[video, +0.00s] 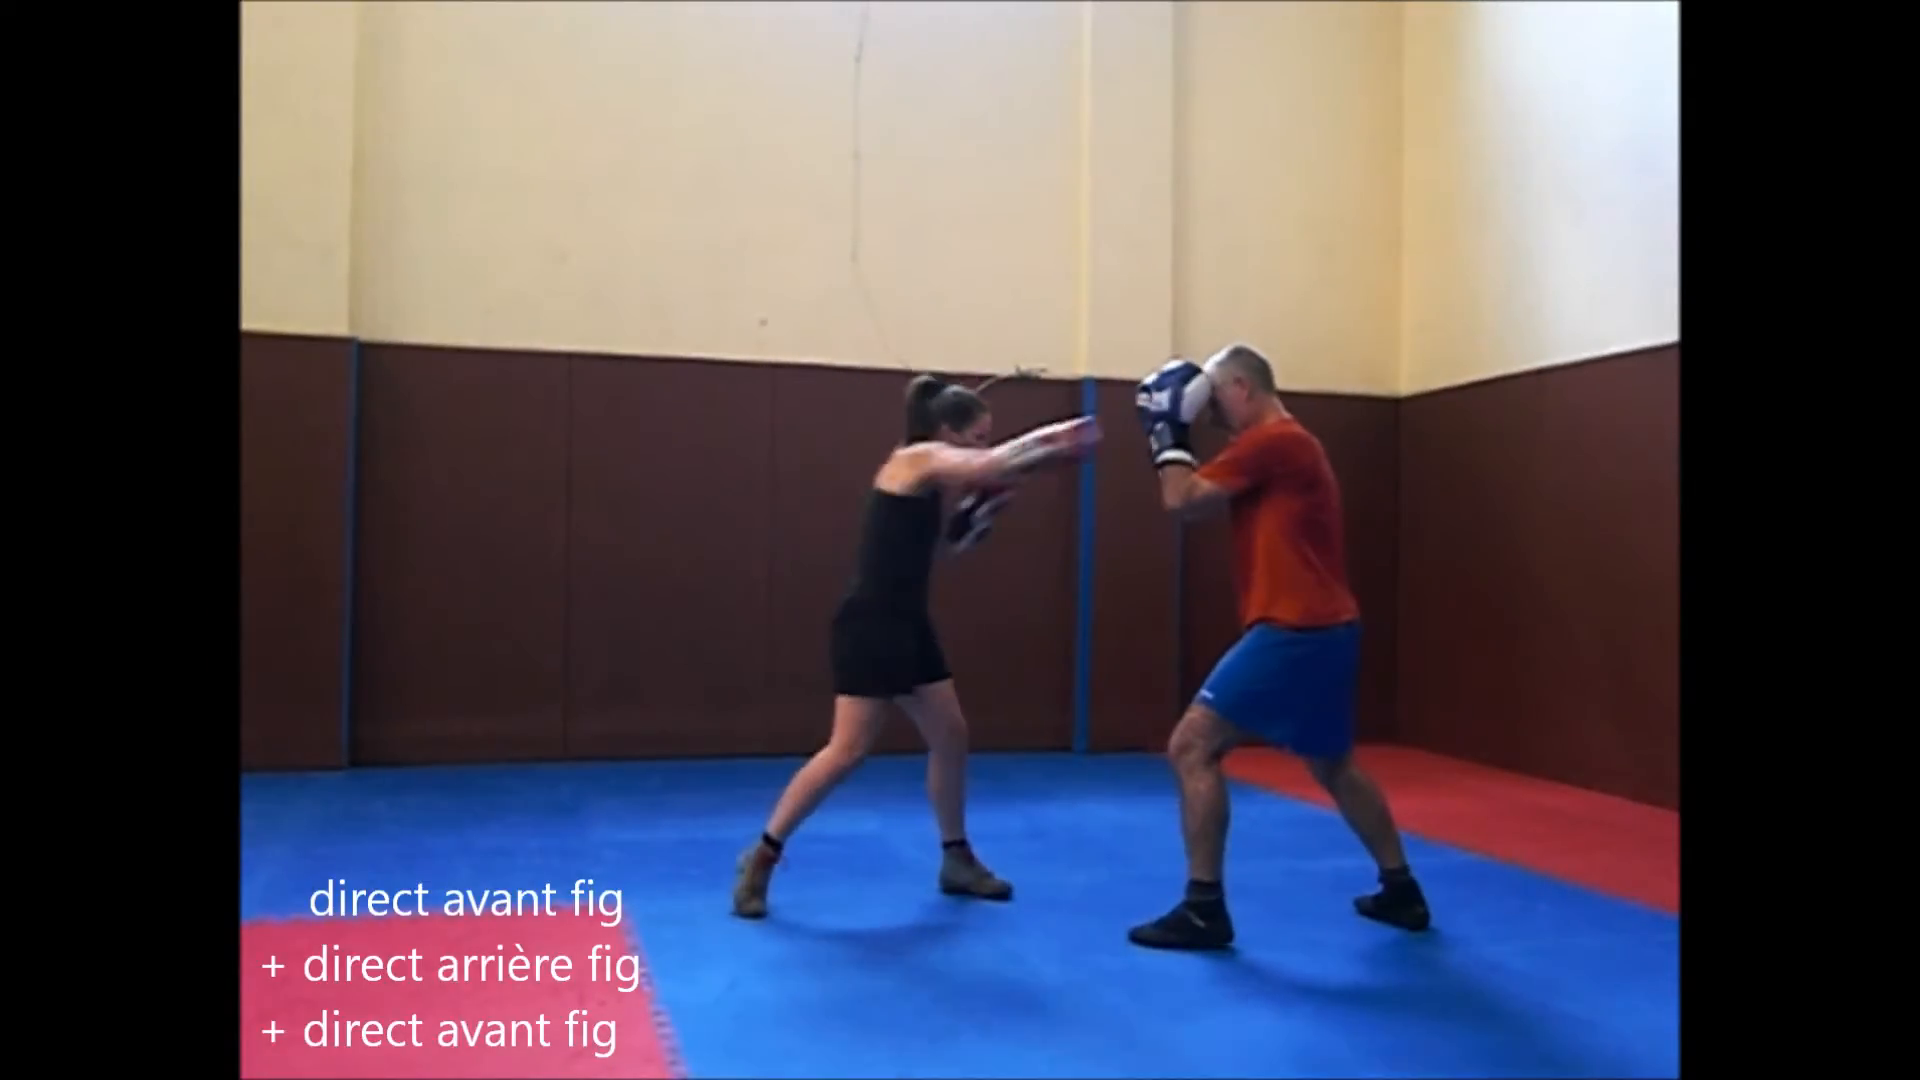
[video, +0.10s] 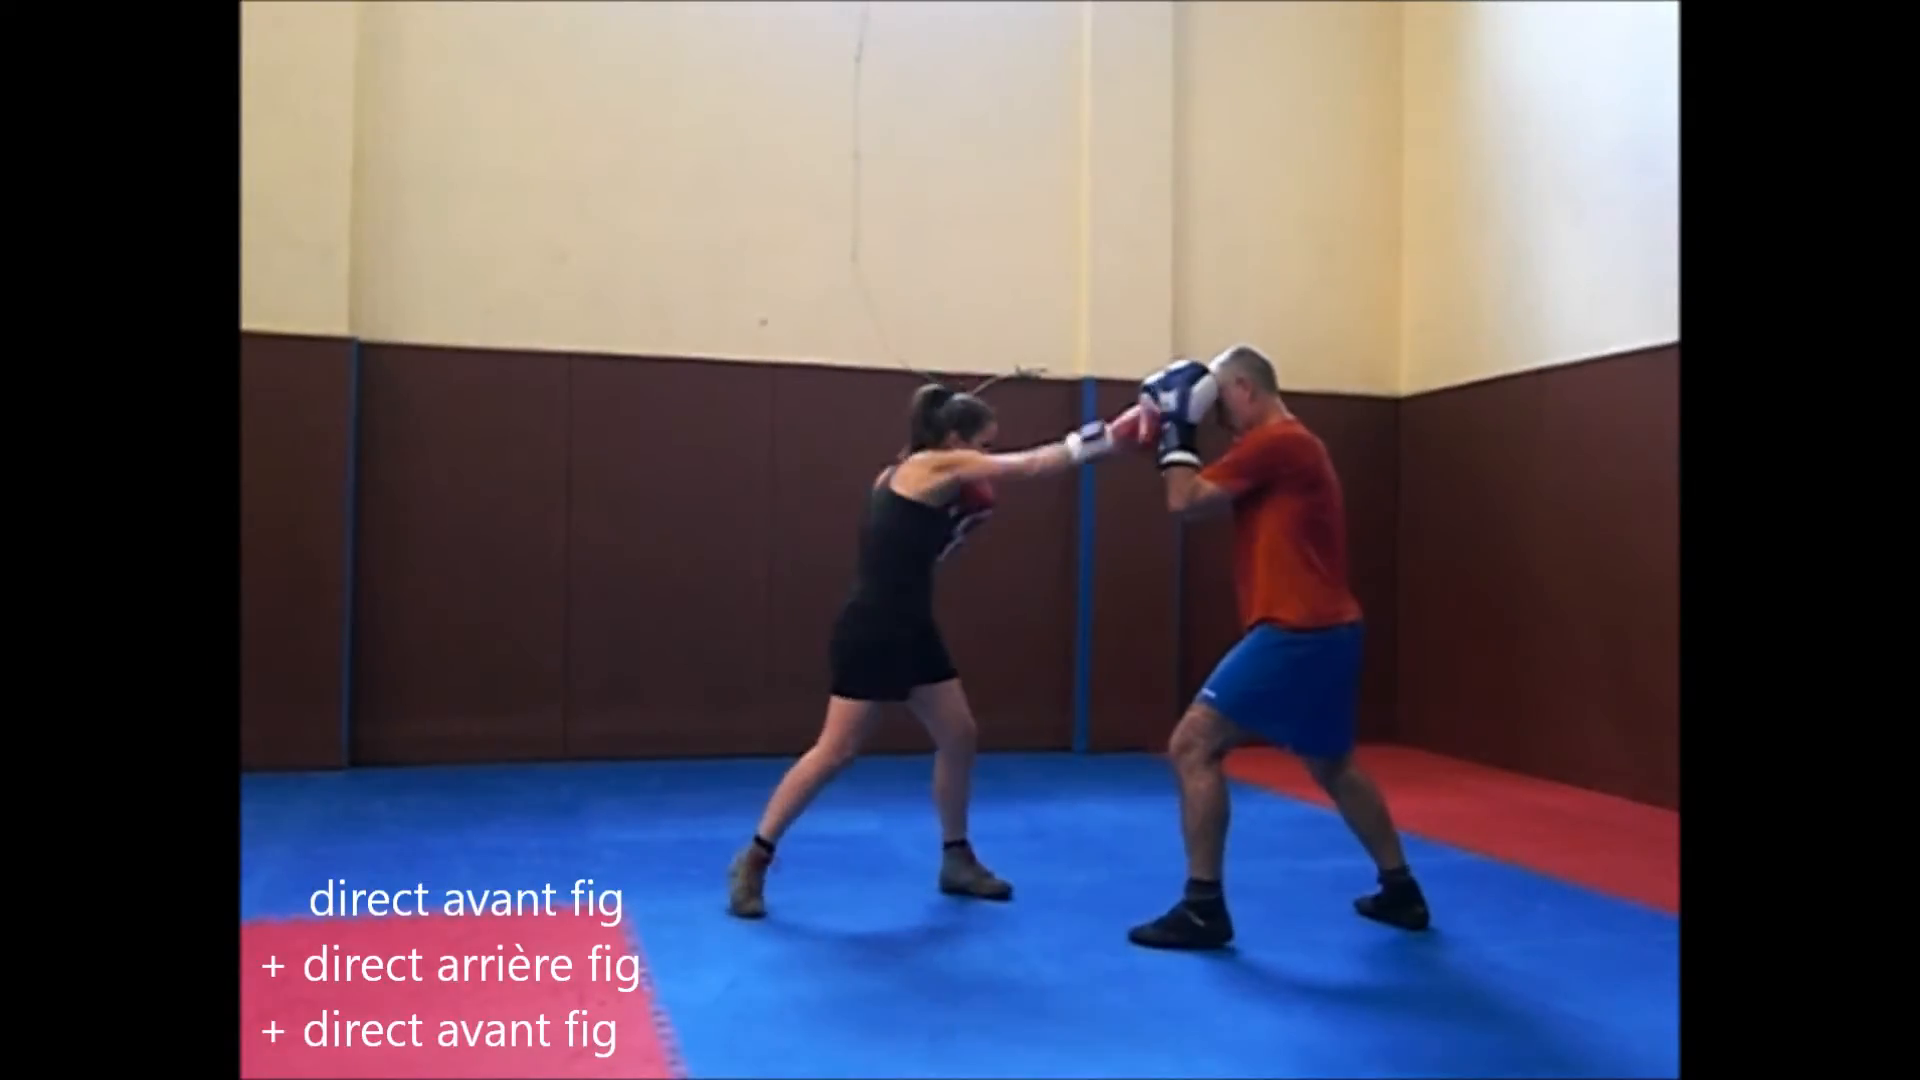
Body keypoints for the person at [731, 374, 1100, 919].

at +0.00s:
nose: (985, 443)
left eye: (986, 434)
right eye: (979, 434)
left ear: (941, 432)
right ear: (949, 429)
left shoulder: (910, 467)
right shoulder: (921, 459)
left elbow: (938, 545)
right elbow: (991, 464)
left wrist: (973, 524)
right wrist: (1056, 439)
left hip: (894, 625)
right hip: (879, 626)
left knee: (950, 737)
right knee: (846, 750)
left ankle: (957, 861)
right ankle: (762, 857)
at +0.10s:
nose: (989, 447)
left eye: (989, 439)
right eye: (985, 438)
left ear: (934, 433)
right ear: (959, 436)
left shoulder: (893, 476)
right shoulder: (944, 466)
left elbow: (919, 555)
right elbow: (1035, 463)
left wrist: (963, 526)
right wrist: (1107, 437)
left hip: (895, 628)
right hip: (885, 629)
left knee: (959, 738)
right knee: (834, 750)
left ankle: (958, 862)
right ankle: (755, 859)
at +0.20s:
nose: (993, 446)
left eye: (996, 436)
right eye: (985, 434)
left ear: (965, 435)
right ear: (950, 428)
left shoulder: (955, 476)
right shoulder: (919, 457)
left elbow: (962, 550)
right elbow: (966, 506)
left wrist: (1012, 495)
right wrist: (1028, 477)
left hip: (923, 623)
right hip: (873, 620)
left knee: (961, 735)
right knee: (838, 740)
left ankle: (958, 860)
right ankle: (766, 854)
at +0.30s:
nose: (985, 440)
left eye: (989, 430)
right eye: (977, 429)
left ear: (980, 430)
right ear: (942, 422)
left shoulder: (978, 470)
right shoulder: (899, 457)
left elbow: (1045, 500)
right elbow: (878, 524)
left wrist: (1079, 467)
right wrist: (944, 500)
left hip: (931, 620)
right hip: (876, 616)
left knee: (958, 737)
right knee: (838, 732)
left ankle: (959, 861)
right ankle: (774, 857)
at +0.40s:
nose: (978, 436)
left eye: (981, 425)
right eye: (969, 425)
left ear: (974, 424)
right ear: (934, 422)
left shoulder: (975, 462)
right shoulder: (889, 460)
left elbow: (1056, 472)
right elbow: (863, 536)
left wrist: (1108, 448)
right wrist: (913, 504)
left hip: (928, 617)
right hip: (874, 612)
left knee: (956, 738)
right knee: (836, 729)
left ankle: (958, 861)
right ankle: (771, 854)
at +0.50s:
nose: (963, 440)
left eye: (967, 430)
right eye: (956, 429)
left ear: (955, 427)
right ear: (923, 422)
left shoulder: (956, 470)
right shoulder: (876, 464)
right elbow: (881, 543)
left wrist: (1045, 496)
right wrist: (931, 503)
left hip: (922, 621)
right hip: (867, 619)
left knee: (953, 738)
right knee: (824, 733)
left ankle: (958, 861)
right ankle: (749, 853)